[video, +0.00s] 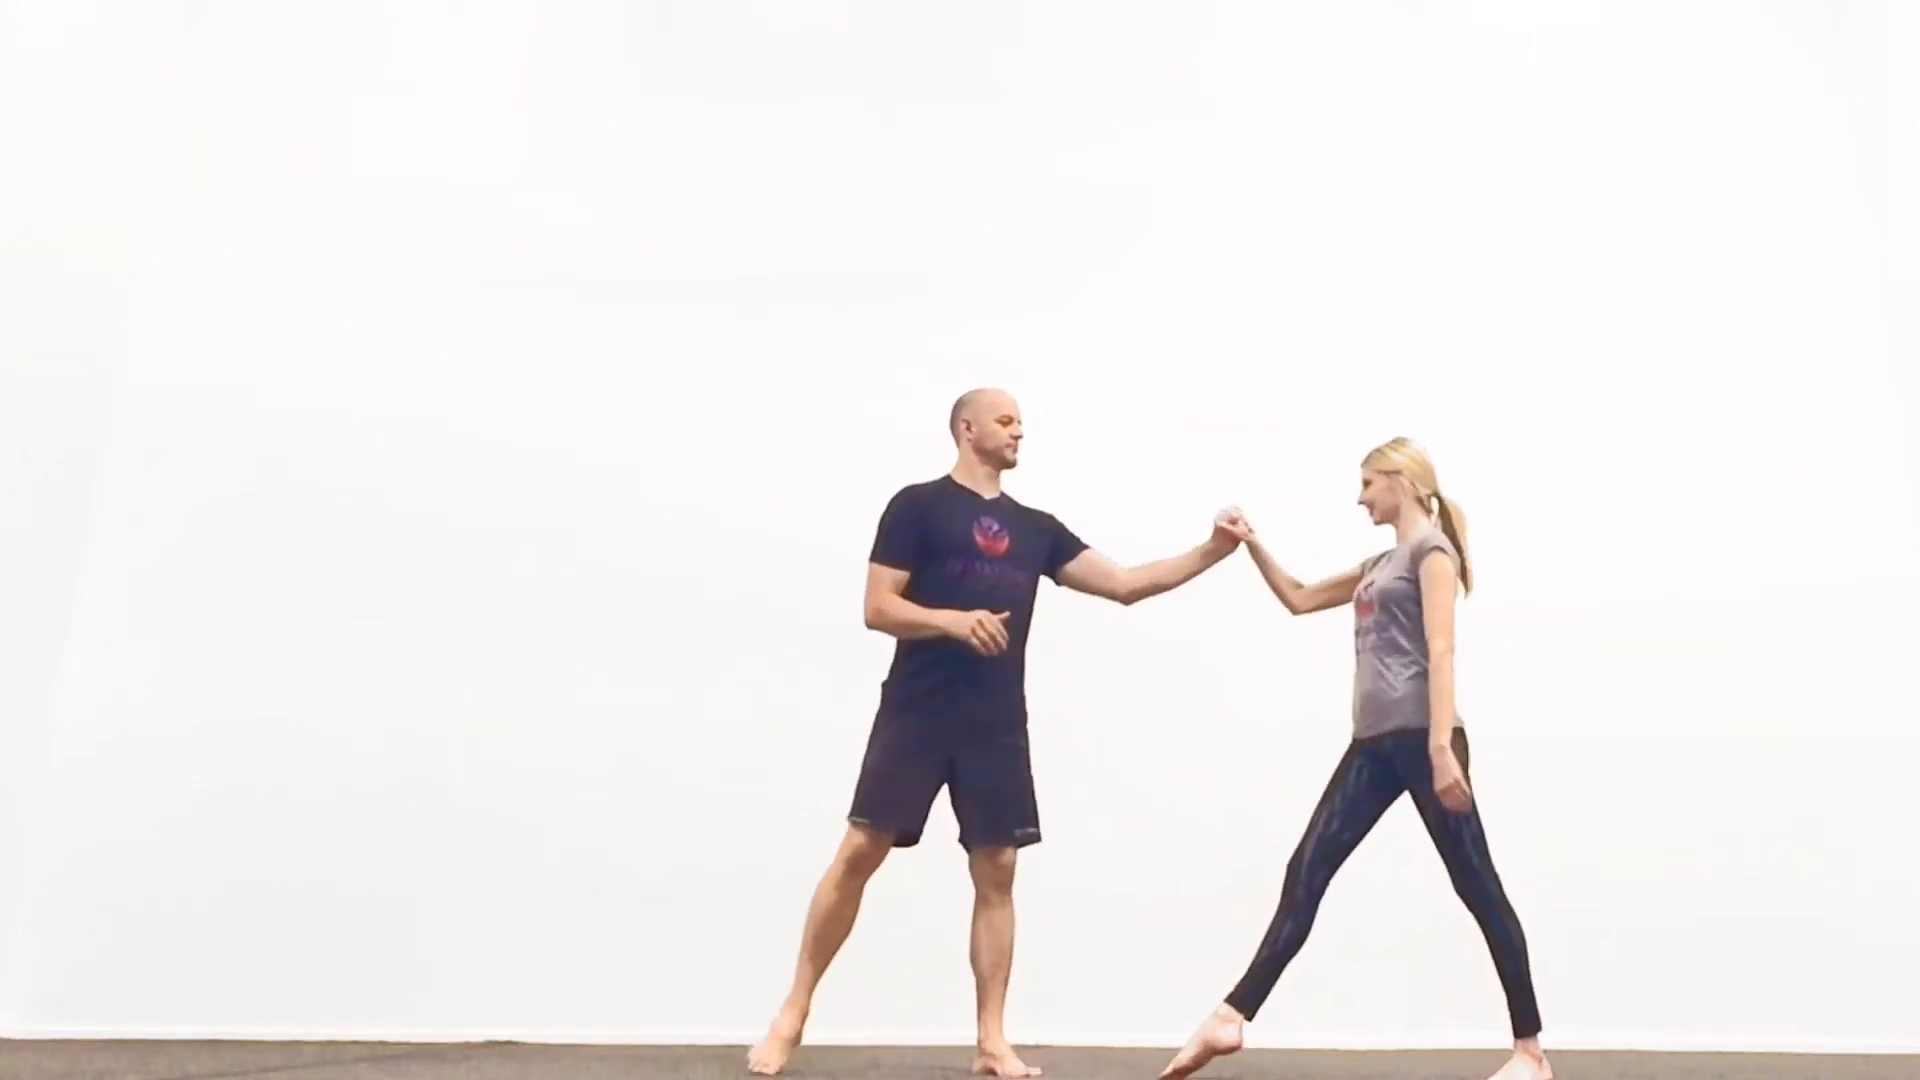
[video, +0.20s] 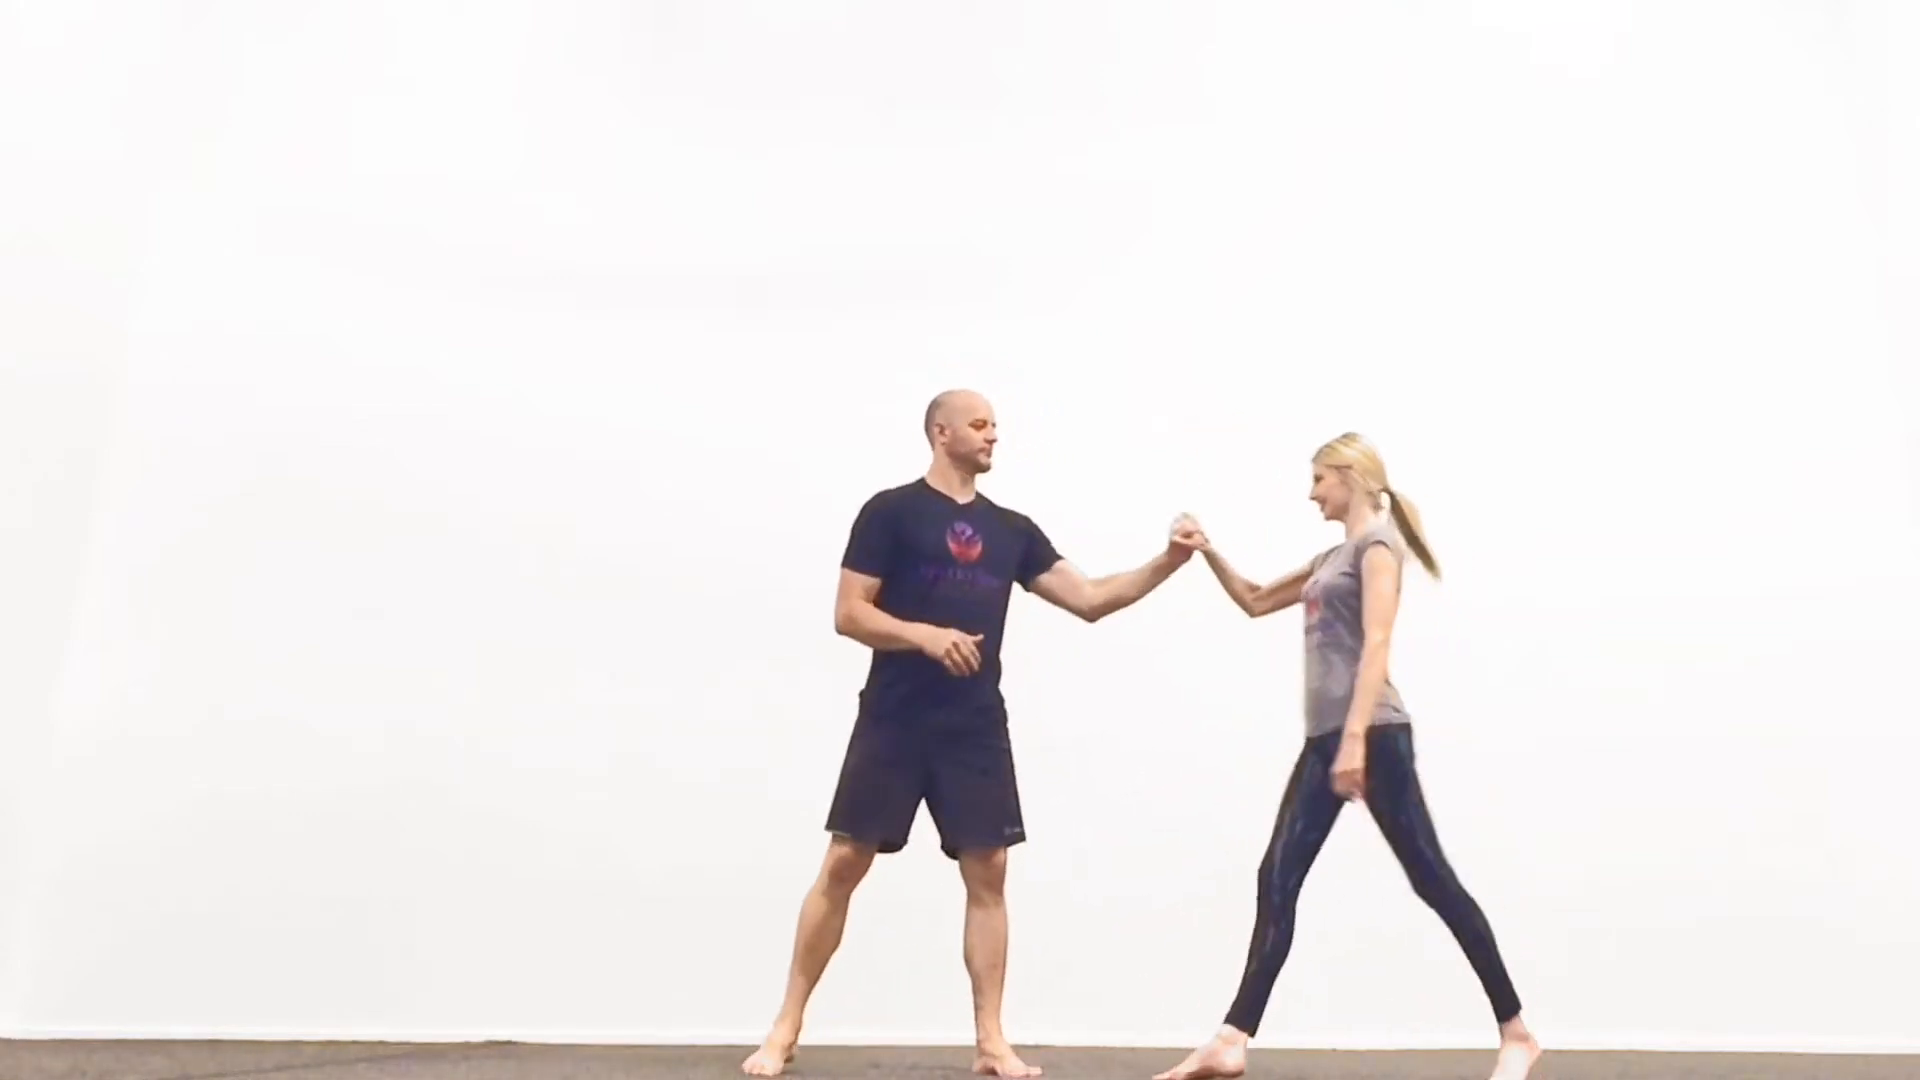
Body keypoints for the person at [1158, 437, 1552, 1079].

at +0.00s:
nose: (1362, 494)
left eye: (1370, 482)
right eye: (1363, 484)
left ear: (1405, 484)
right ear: (1399, 486)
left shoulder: (1433, 553)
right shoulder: (1381, 565)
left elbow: (1441, 651)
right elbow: (1299, 598)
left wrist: (1440, 747)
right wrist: (1250, 542)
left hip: (1424, 741)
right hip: (1373, 745)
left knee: (1480, 890)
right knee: (1305, 873)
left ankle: (1529, 1049)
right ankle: (1232, 1016)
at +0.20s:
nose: (1313, 490)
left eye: (1320, 478)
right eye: (1313, 480)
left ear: (1351, 479)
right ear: (1348, 481)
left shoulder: (1379, 545)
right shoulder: (1336, 556)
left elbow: (1377, 644)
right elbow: (1256, 600)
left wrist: (1354, 736)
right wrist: (1204, 549)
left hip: (1373, 730)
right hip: (1325, 737)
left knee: (1433, 880)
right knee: (1277, 878)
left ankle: (1517, 1033)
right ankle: (1232, 1041)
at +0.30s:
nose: (1268, 481)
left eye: (1275, 469)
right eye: (1269, 471)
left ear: (1308, 472)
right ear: (1307, 475)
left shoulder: (1327, 538)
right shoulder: (1291, 547)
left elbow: (1330, 632)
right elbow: (1209, 587)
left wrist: (1308, 725)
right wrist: (1164, 539)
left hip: (1314, 725)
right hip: (1288, 728)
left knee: (1359, 885)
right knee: (1256, 882)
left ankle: (1477, 1005)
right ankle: (1234, 1045)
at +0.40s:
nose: (1222, 474)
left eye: (1229, 463)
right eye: (1223, 464)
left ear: (1259, 466)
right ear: (1257, 467)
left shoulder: (1278, 530)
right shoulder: (1249, 538)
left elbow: (1289, 618)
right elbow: (1170, 571)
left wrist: (1270, 712)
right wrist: (1129, 524)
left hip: (1265, 719)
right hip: (1239, 722)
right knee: (1234, 881)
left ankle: (1383, 979)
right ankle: (1233, 1042)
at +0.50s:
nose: (1175, 471)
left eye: (1182, 459)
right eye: (1176, 461)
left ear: (1213, 463)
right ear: (1215, 464)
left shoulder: (1231, 527)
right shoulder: (1211, 531)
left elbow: (1252, 612)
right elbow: (1136, 557)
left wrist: (1239, 702)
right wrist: (1101, 506)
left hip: (1218, 714)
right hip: (1214, 713)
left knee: (1146, 858)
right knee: (1220, 875)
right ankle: (1233, 1039)